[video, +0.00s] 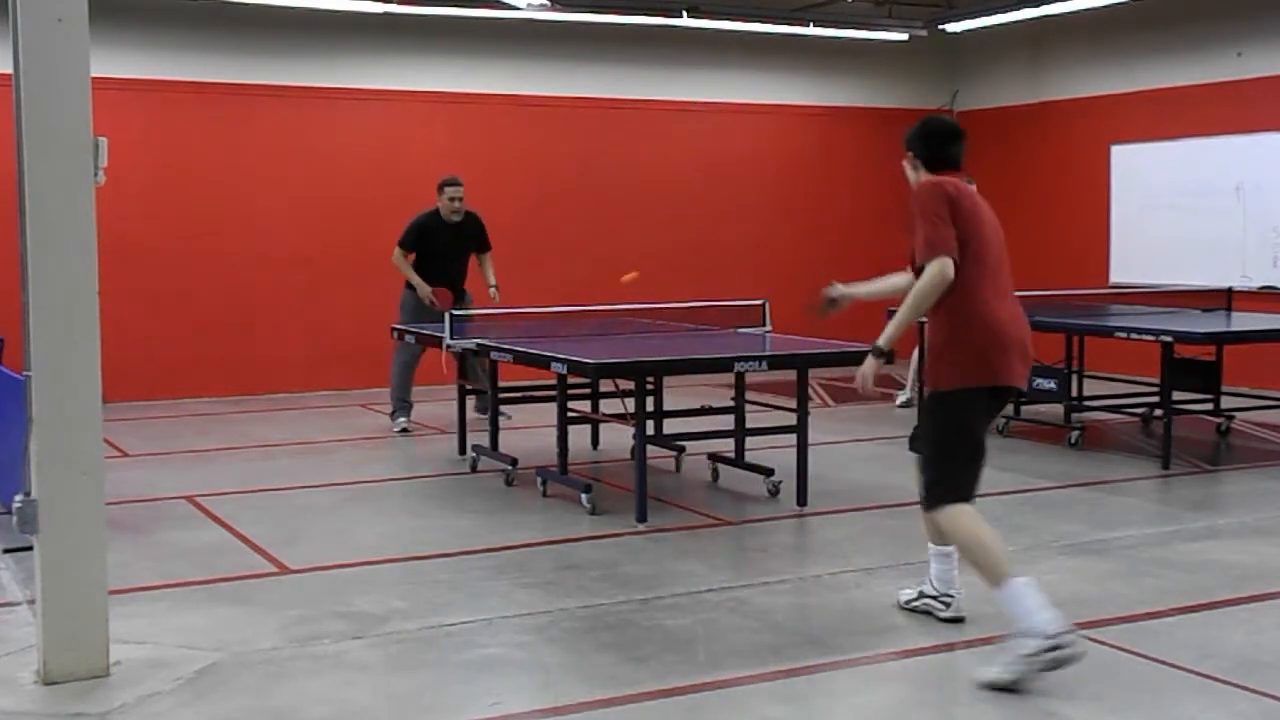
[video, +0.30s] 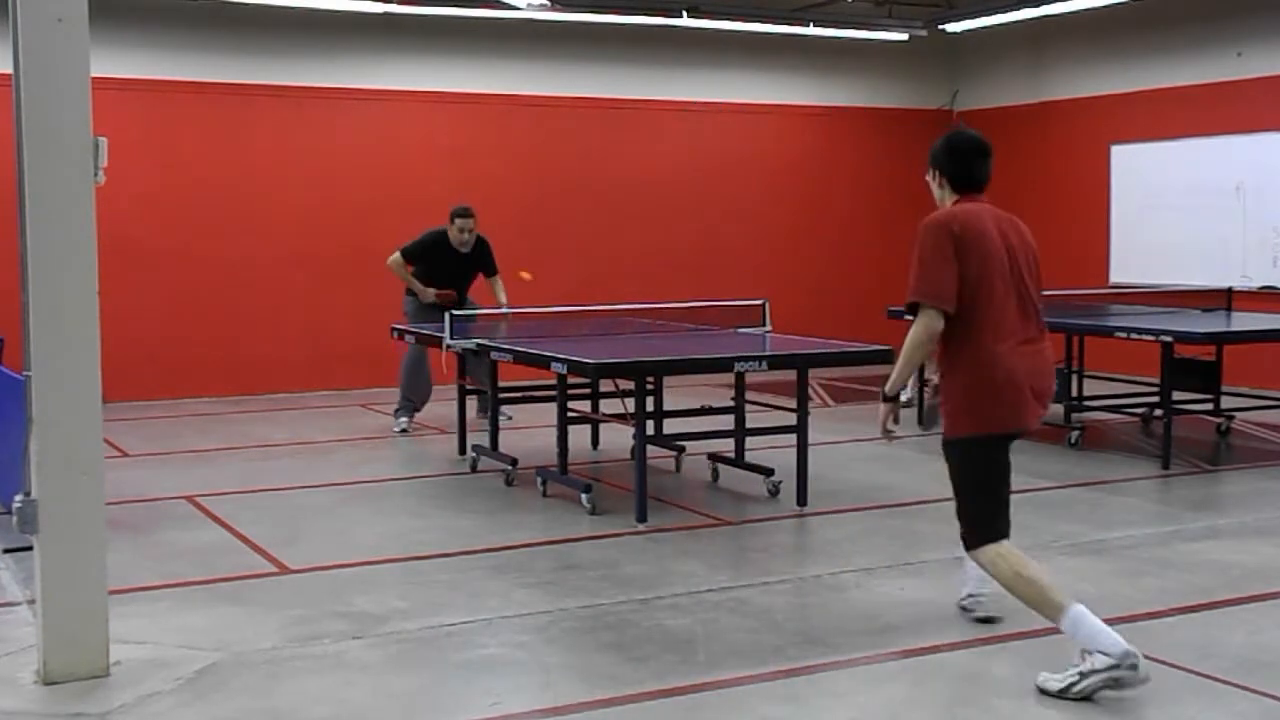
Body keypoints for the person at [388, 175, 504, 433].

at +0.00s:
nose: (457, 205)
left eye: (460, 199)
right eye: (451, 199)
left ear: (465, 200)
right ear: (439, 200)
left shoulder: (473, 223)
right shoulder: (423, 224)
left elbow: (483, 255)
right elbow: (398, 256)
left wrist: (492, 284)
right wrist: (419, 285)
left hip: (457, 298)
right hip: (420, 297)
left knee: (473, 349)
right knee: (408, 351)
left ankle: (485, 402)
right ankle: (400, 411)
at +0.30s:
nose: (466, 237)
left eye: (470, 231)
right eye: (461, 231)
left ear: (476, 229)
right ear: (450, 228)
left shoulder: (480, 246)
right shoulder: (433, 241)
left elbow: (494, 278)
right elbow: (394, 262)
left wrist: (502, 301)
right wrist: (421, 290)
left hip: (458, 303)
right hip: (423, 303)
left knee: (481, 345)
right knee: (417, 348)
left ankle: (487, 404)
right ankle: (405, 411)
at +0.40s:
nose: (464, 243)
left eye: (469, 237)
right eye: (459, 237)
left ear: (474, 234)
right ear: (448, 232)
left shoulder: (475, 249)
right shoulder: (431, 241)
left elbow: (485, 279)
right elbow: (397, 263)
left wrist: (498, 306)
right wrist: (432, 283)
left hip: (447, 302)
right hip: (412, 300)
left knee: (465, 351)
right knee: (408, 347)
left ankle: (486, 405)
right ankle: (404, 411)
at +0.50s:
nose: (462, 250)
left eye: (466, 244)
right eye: (457, 243)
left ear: (471, 240)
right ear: (445, 236)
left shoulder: (467, 251)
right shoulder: (429, 241)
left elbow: (473, 280)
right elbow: (417, 257)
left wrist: (487, 302)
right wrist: (457, 273)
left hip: (437, 302)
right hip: (405, 299)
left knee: (457, 349)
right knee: (405, 347)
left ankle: (479, 402)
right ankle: (403, 412)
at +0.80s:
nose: (468, 248)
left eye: (472, 243)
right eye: (464, 242)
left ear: (476, 239)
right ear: (450, 234)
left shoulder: (465, 252)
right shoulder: (432, 245)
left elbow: (459, 275)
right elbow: (411, 273)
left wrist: (462, 299)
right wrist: (440, 299)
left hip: (428, 302)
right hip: (398, 298)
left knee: (445, 351)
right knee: (399, 353)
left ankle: (461, 402)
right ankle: (402, 412)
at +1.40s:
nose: (457, 214)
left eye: (460, 208)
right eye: (452, 208)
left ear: (465, 209)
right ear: (439, 207)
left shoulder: (466, 233)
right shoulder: (419, 227)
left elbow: (473, 263)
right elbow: (391, 254)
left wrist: (482, 289)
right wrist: (410, 287)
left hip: (440, 300)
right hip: (405, 299)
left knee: (451, 351)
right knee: (391, 350)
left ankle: (464, 403)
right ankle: (374, 407)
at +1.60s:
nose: (424, 223)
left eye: (429, 217)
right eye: (419, 218)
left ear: (436, 217)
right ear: (410, 219)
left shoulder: (450, 240)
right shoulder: (402, 238)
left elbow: (472, 265)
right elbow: (392, 257)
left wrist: (475, 293)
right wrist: (380, 278)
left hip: (442, 310)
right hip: (406, 307)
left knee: (463, 353)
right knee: (389, 351)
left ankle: (478, 404)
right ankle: (364, 405)